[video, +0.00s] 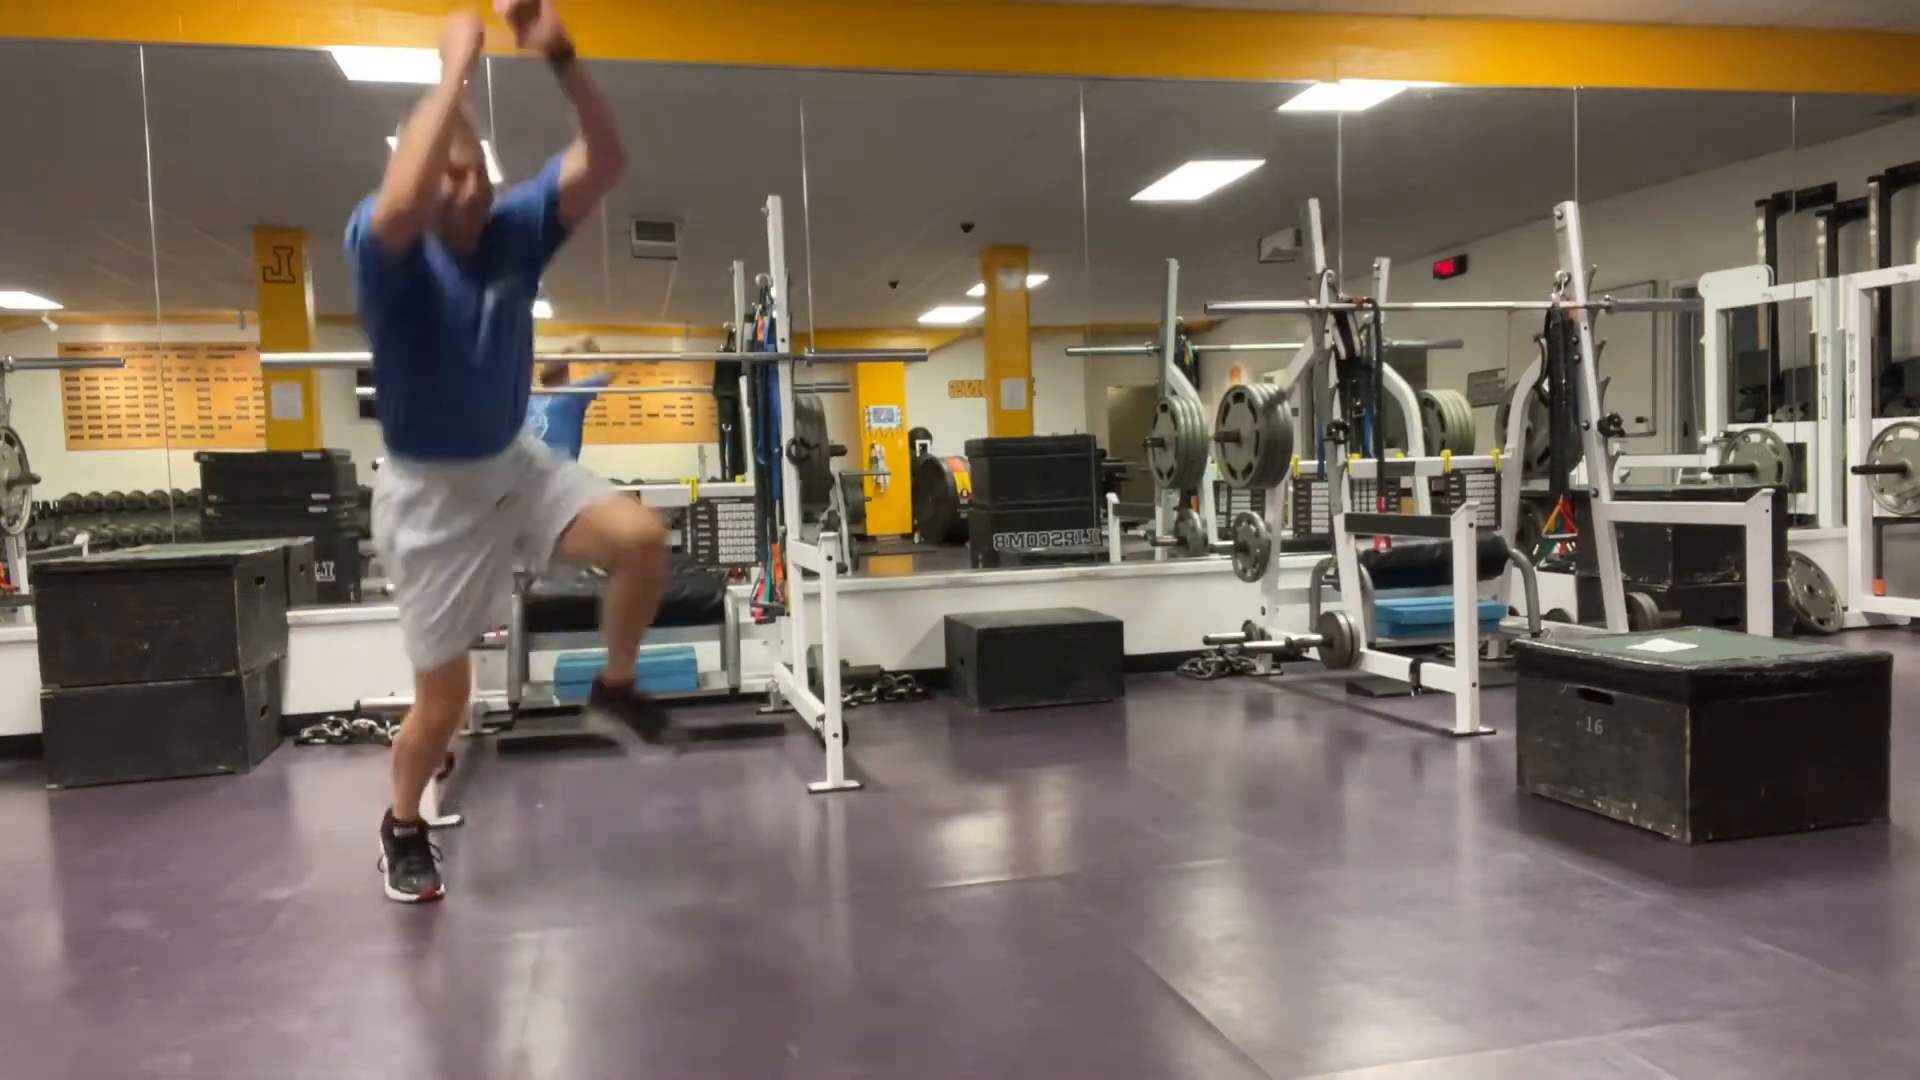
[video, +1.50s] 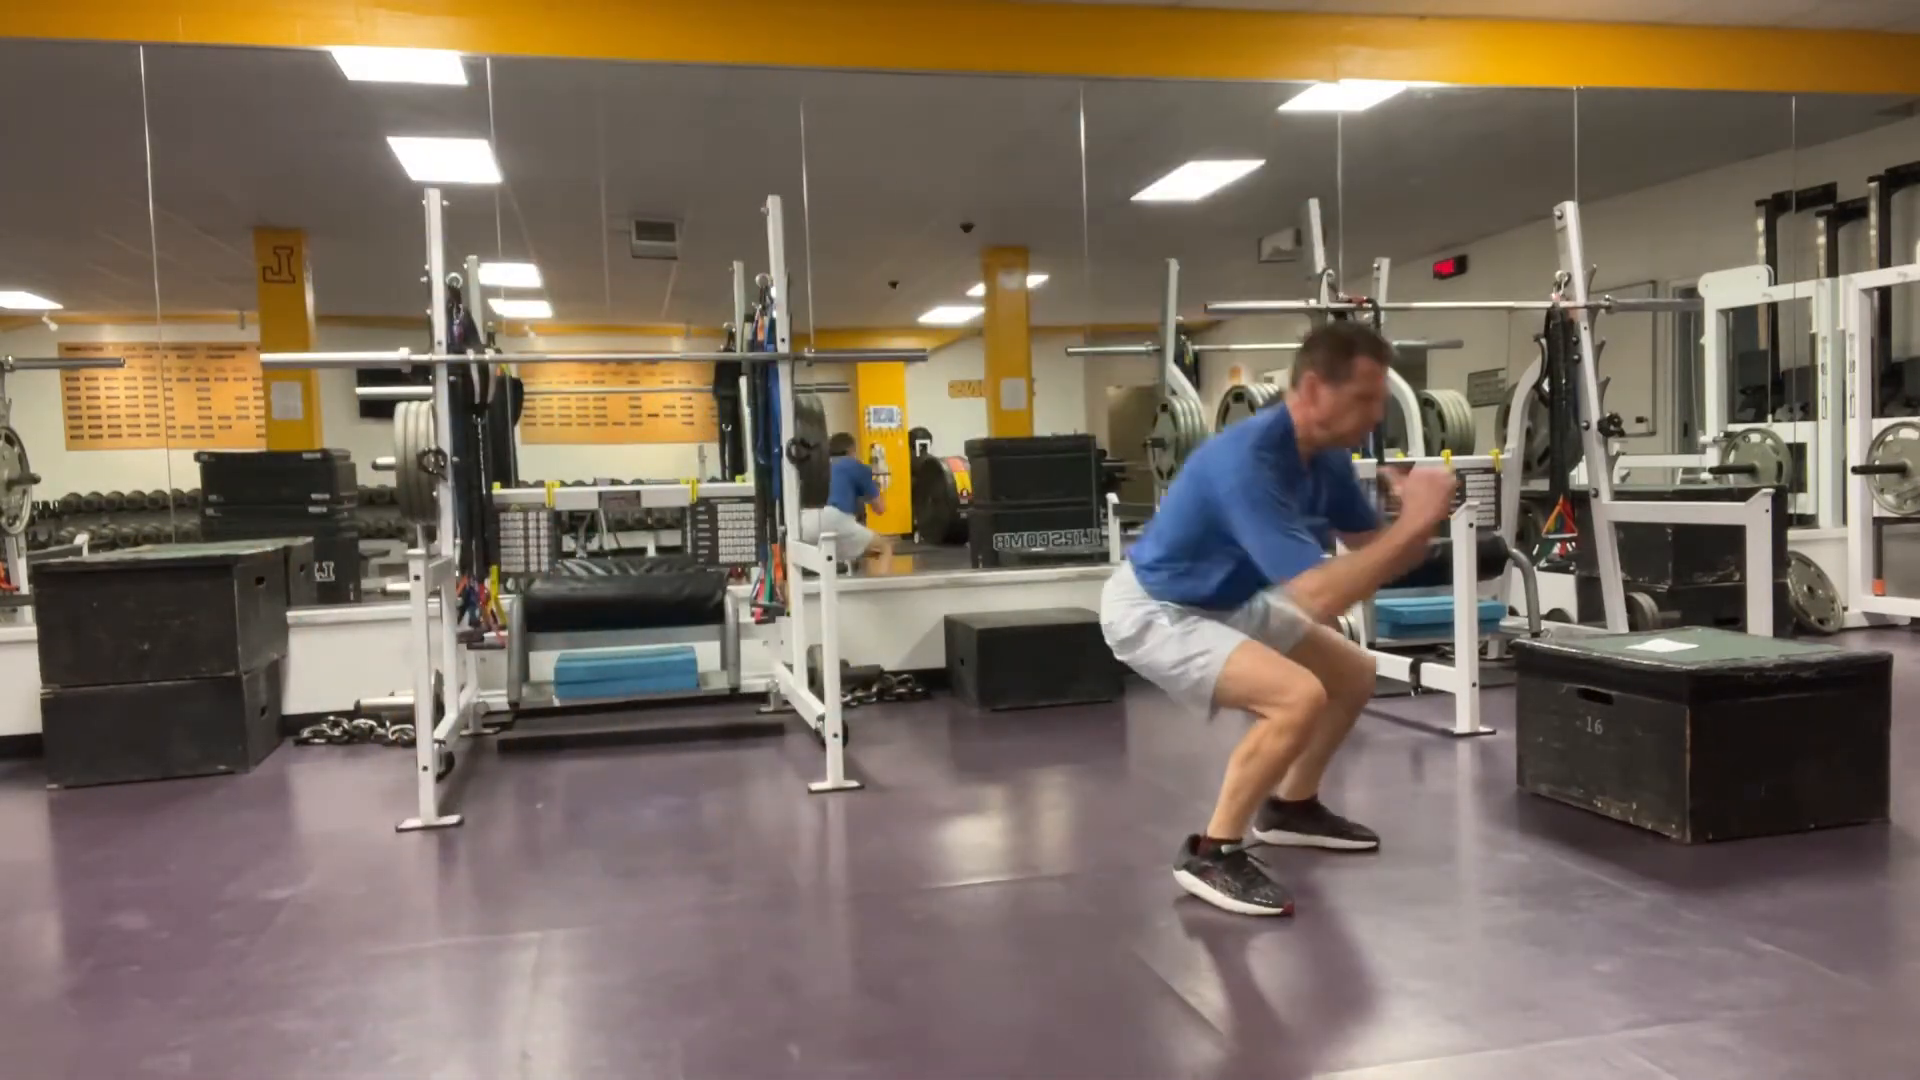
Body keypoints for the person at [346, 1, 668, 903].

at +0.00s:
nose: (465, 186)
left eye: (474, 167)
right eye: (446, 173)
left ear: (492, 171)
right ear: (411, 180)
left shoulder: (515, 232)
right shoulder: (383, 250)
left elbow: (604, 160)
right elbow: (400, 205)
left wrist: (561, 58)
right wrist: (453, 72)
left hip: (518, 473)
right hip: (429, 497)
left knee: (639, 539)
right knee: (441, 705)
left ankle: (617, 687)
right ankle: (403, 822)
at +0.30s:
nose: (616, 123)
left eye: (627, 106)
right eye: (597, 106)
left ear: (644, 105)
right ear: (550, 104)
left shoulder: (668, 176)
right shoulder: (502, 179)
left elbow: (785, 188)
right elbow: (330, 215)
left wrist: (789, 160)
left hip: (632, 421)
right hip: (535, 450)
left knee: (796, 429)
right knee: (613, 659)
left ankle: (687, 556)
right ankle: (647, 896)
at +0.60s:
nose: (803, 281)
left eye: (808, 261)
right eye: (780, 263)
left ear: (816, 260)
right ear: (717, 265)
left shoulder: (823, 360)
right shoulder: (655, 384)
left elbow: (836, 511)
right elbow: (597, 567)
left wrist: (832, 517)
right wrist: (731, 611)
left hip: (748, 585)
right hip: (650, 606)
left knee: (877, 705)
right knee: (787, 776)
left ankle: (791, 868)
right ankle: (710, 989)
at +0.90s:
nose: (945, 196)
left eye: (950, 183)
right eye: (924, 182)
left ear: (954, 188)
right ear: (869, 187)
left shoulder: (970, 264)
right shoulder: (834, 261)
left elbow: (1086, 233)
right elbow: (854, 258)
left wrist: (1133, 172)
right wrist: (979, 156)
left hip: (884, 544)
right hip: (796, 547)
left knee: (1057, 626)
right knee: (853, 783)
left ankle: (980, 801)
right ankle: (715, 982)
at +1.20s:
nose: (1198, 151)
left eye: (1205, 137)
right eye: (1185, 133)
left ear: (1202, 141)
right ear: (1133, 127)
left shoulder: (1176, 216)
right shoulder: (1068, 202)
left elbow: (1203, 275)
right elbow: (956, 247)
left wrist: (1250, 334)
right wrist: (1026, 332)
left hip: (1105, 444)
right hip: (1023, 452)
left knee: (1225, 555)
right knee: (1112, 646)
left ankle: (1172, 661)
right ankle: (1034, 812)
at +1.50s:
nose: (1375, 417)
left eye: (1379, 402)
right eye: (1365, 400)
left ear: (1318, 392)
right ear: (1312, 389)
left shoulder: (1324, 455)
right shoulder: (1244, 461)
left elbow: (1369, 550)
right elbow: (1316, 594)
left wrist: (1414, 521)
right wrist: (1414, 522)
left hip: (1229, 600)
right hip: (1153, 608)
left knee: (1352, 676)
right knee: (1300, 698)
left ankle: (1292, 806)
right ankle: (1213, 850)